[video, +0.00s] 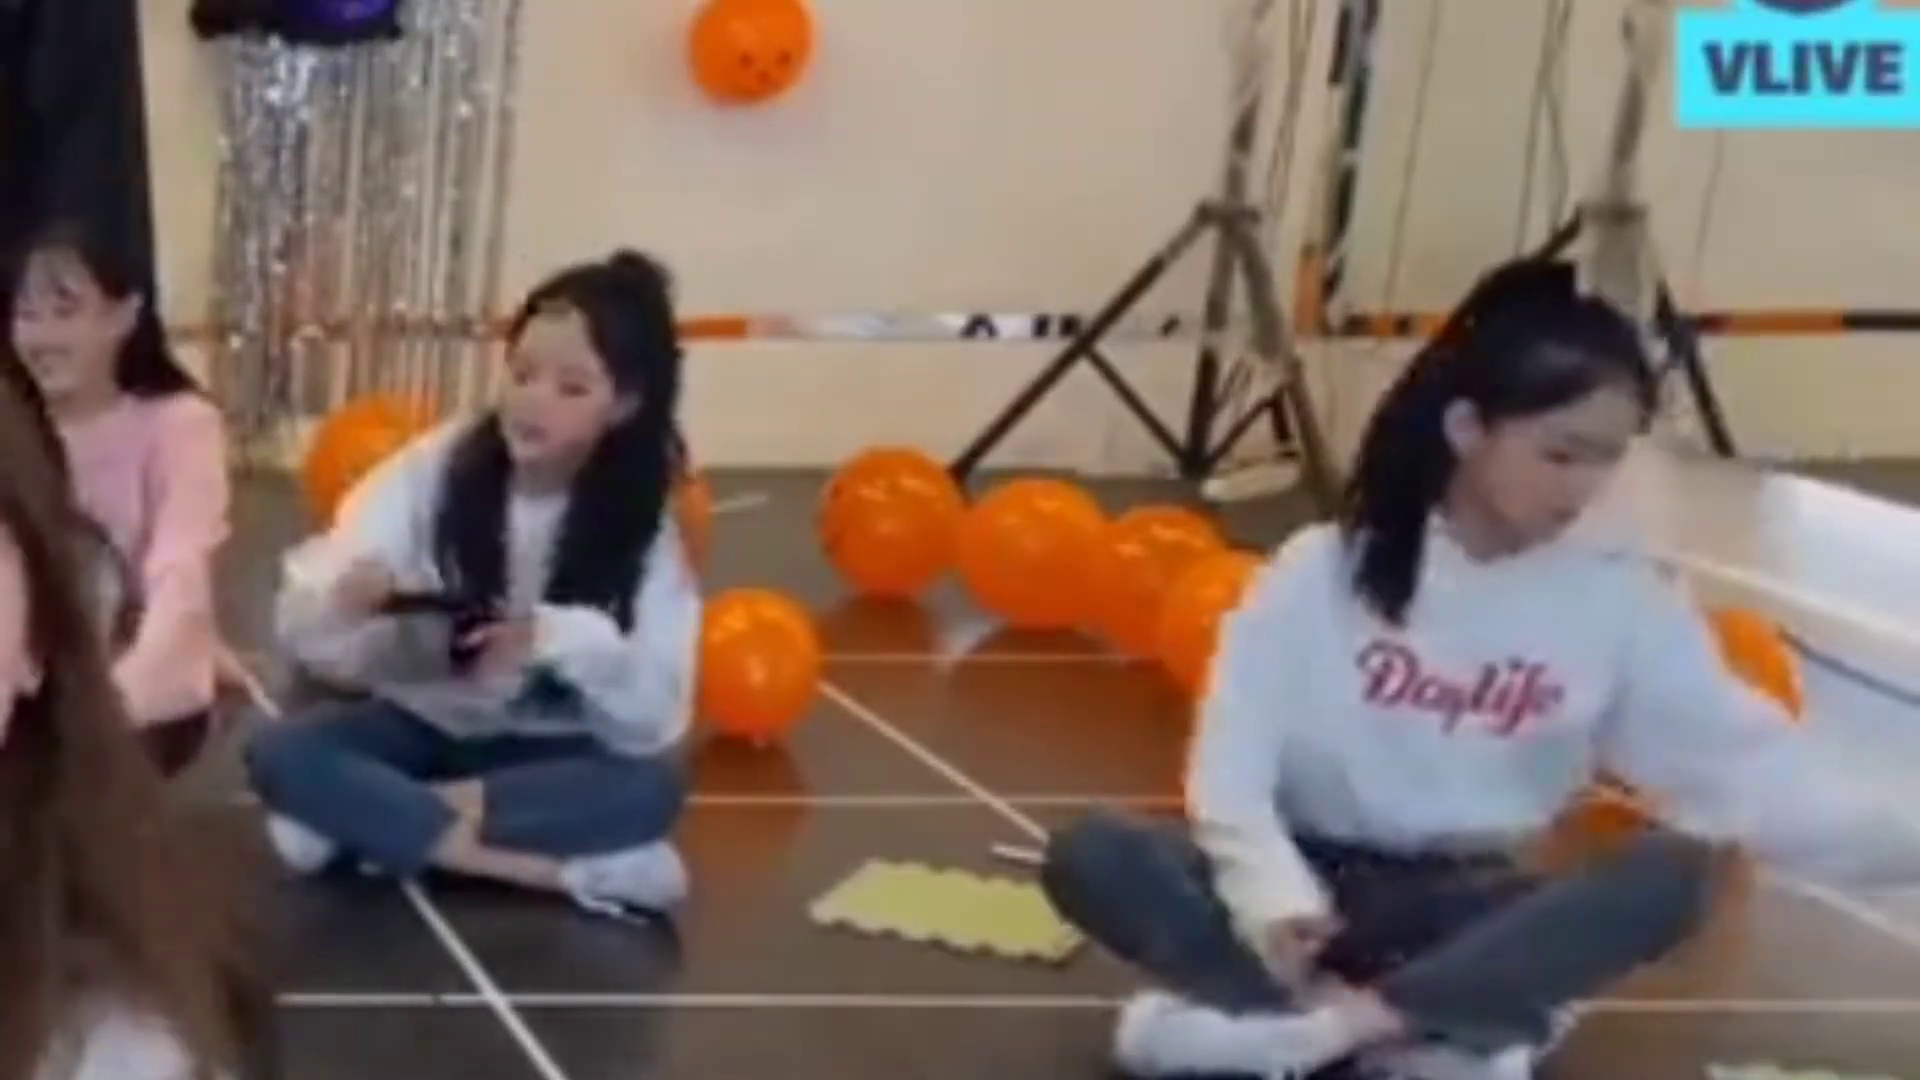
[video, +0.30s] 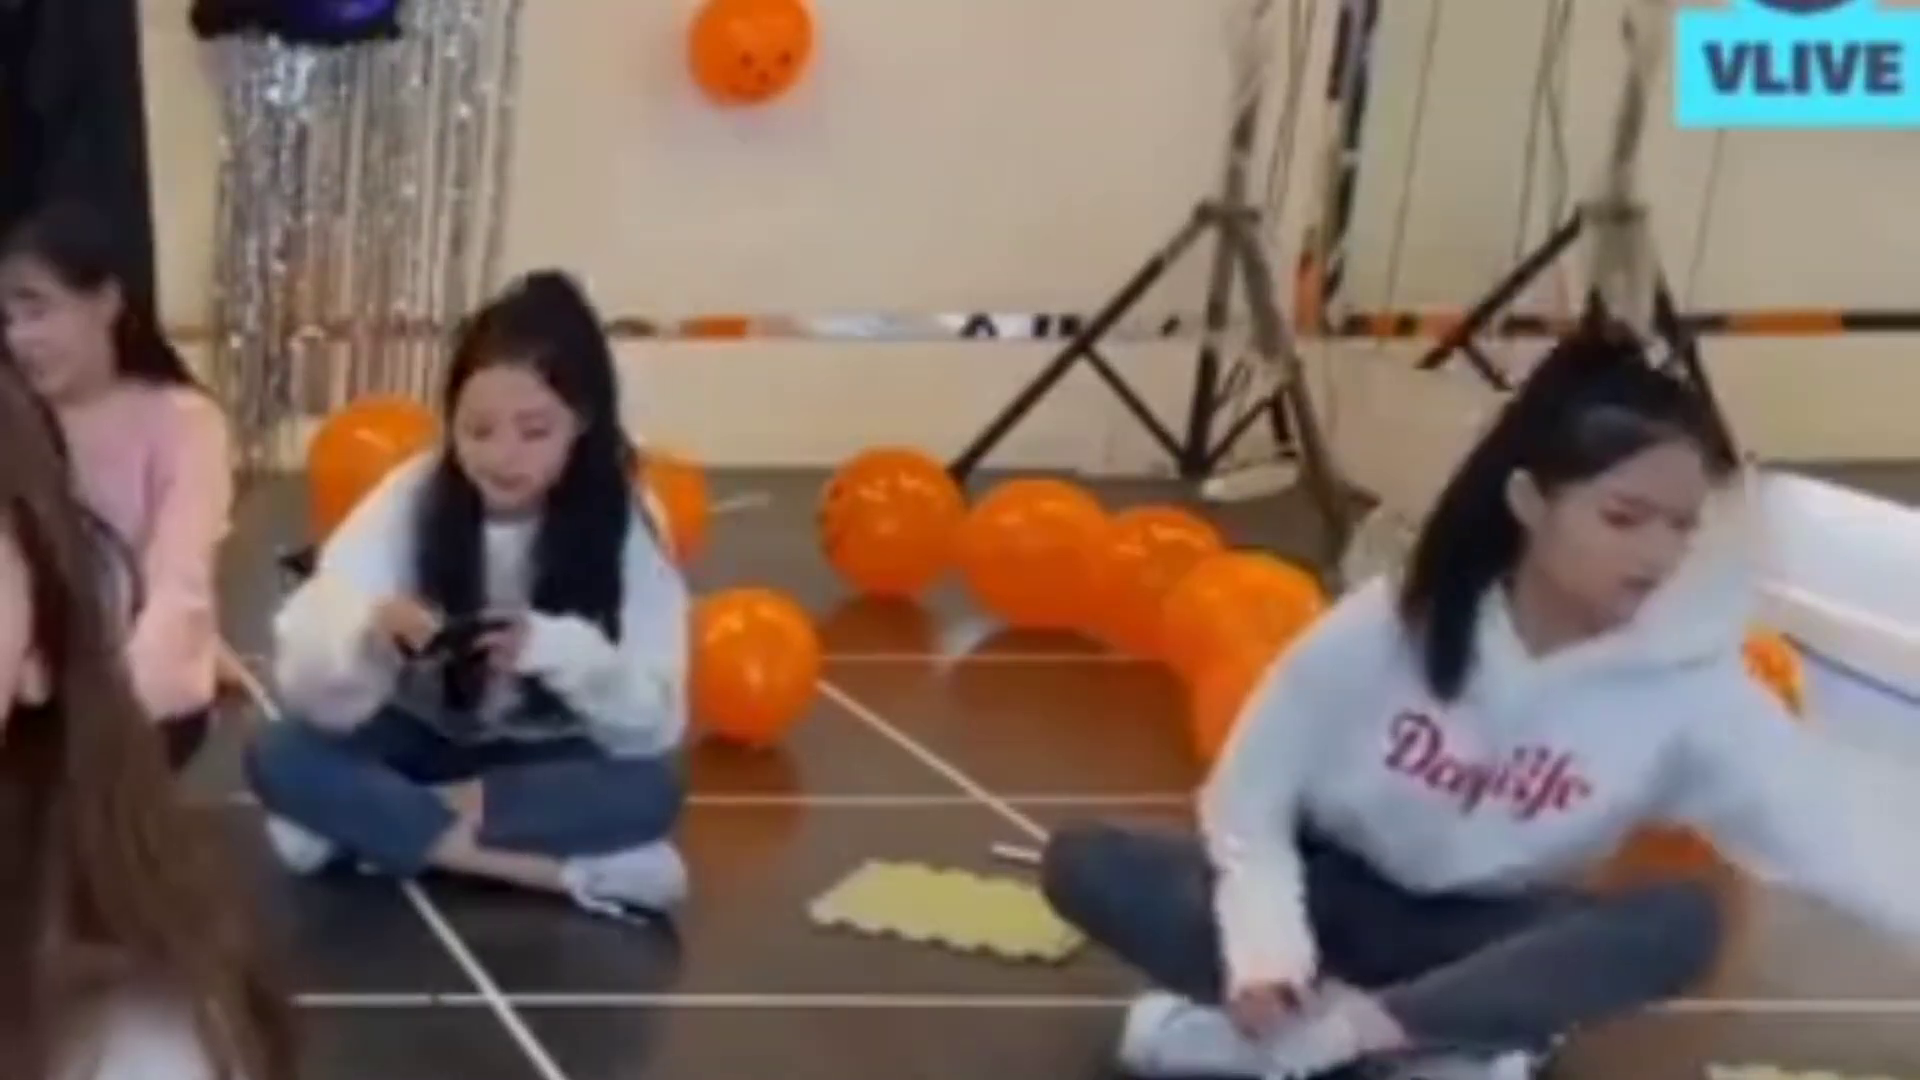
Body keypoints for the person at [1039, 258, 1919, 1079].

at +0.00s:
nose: (1585, 491)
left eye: (1609, 464)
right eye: (1563, 457)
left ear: (1629, 454)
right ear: (1464, 427)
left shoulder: (1619, 603)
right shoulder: (1319, 571)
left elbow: (1751, 773)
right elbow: (1229, 770)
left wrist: (1902, 829)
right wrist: (1286, 917)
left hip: (1469, 906)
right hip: (1300, 882)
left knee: (1670, 879)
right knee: (1086, 851)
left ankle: (1310, 1038)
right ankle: (1399, 1044)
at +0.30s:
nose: (1658, 558)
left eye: (1684, 526)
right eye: (1627, 519)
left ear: (1705, 525)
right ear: (1528, 501)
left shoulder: (1692, 694)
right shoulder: (1379, 633)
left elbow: (1851, 846)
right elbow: (1246, 795)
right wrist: (1267, 947)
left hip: (1480, 932)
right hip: (1314, 893)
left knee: (1683, 921)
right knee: (1084, 861)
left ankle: (1321, 1034)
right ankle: (1408, 1043)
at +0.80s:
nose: (1678, 605)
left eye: (1709, 574)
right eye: (1647, 566)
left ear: (1744, 554)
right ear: (1570, 528)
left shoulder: (1746, 701)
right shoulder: (1436, 642)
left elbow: (1789, 882)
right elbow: (1270, 810)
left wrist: (1819, 973)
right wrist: (1319, 982)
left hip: (1520, 935)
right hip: (1358, 896)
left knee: (1667, 954)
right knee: (1089, 856)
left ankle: (1266, 1046)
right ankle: (1439, 1047)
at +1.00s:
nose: (1557, 522)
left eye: (1594, 493)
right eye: (1525, 484)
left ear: (1636, 492)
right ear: (1472, 469)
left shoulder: (1671, 651)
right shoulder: (1363, 625)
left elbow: (1713, 851)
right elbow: (1323, 834)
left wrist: (1681, 993)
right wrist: (1319, 991)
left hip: (1506, 916)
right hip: (1346, 886)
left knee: (1614, 941)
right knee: (1084, 858)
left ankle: (1285, 1046)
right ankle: (1370, 1043)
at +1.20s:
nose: (1392, 469)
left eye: (1427, 439)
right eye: (1360, 441)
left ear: (1483, 447)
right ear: (1322, 453)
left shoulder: (1554, 613)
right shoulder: (1257, 606)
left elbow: (1562, 827)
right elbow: (1217, 794)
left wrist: (1466, 957)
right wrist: (1238, 955)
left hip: (1464, 891)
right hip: (1288, 883)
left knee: (1660, 942)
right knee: (1074, 882)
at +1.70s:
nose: (1443, 393)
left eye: (1486, 368)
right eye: (1428, 365)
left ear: (1564, 394)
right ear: (1406, 376)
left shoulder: (1609, 573)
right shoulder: (1330, 535)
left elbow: (1597, 792)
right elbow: (1236, 698)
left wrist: (1458, 878)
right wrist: (1225, 836)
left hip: (1480, 860)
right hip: (1299, 832)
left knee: (1646, 906)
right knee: (1088, 856)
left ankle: (1305, 1027)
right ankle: (1408, 1040)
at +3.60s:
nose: (1393, 394)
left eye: (1423, 372)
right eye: (1374, 367)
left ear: (1489, 386)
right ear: (1334, 378)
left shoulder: (1539, 559)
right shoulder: (1267, 546)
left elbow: (1546, 791)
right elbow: (1200, 796)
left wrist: (1406, 841)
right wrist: (1163, 785)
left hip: (1460, 898)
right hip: (1289, 883)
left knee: (1643, 931)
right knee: (1082, 862)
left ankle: (1284, 1031)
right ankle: (1398, 1044)